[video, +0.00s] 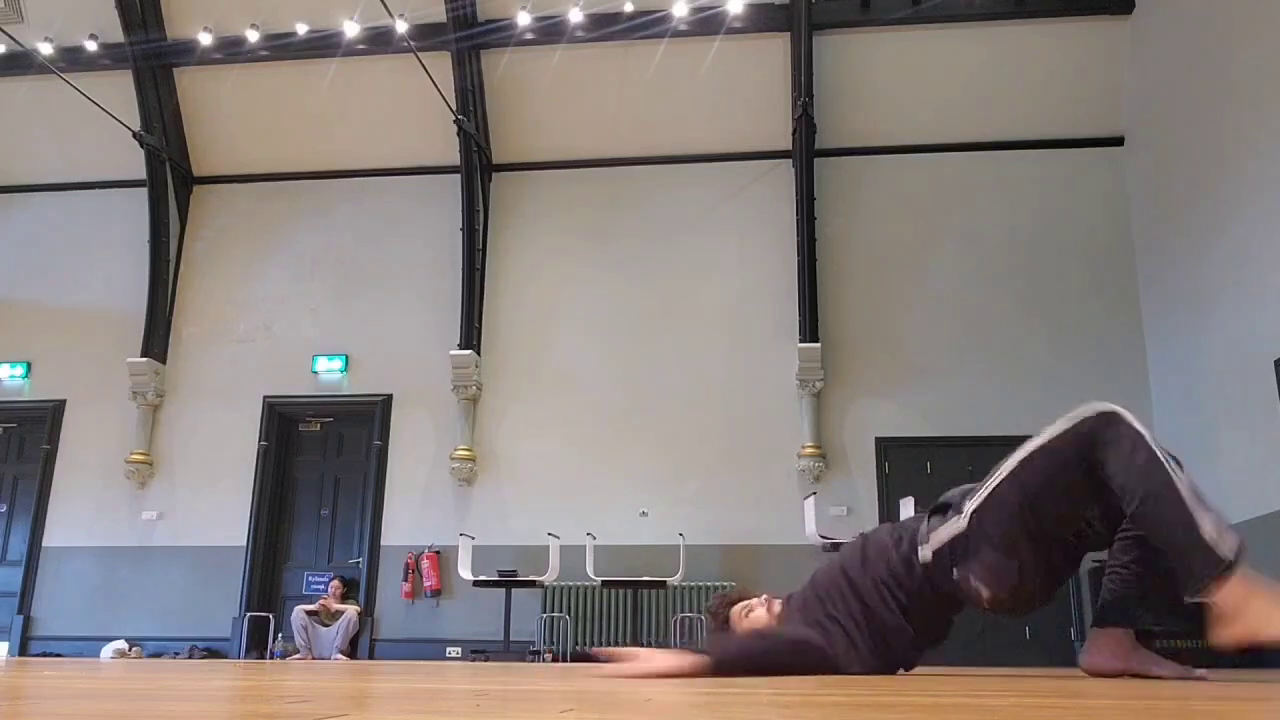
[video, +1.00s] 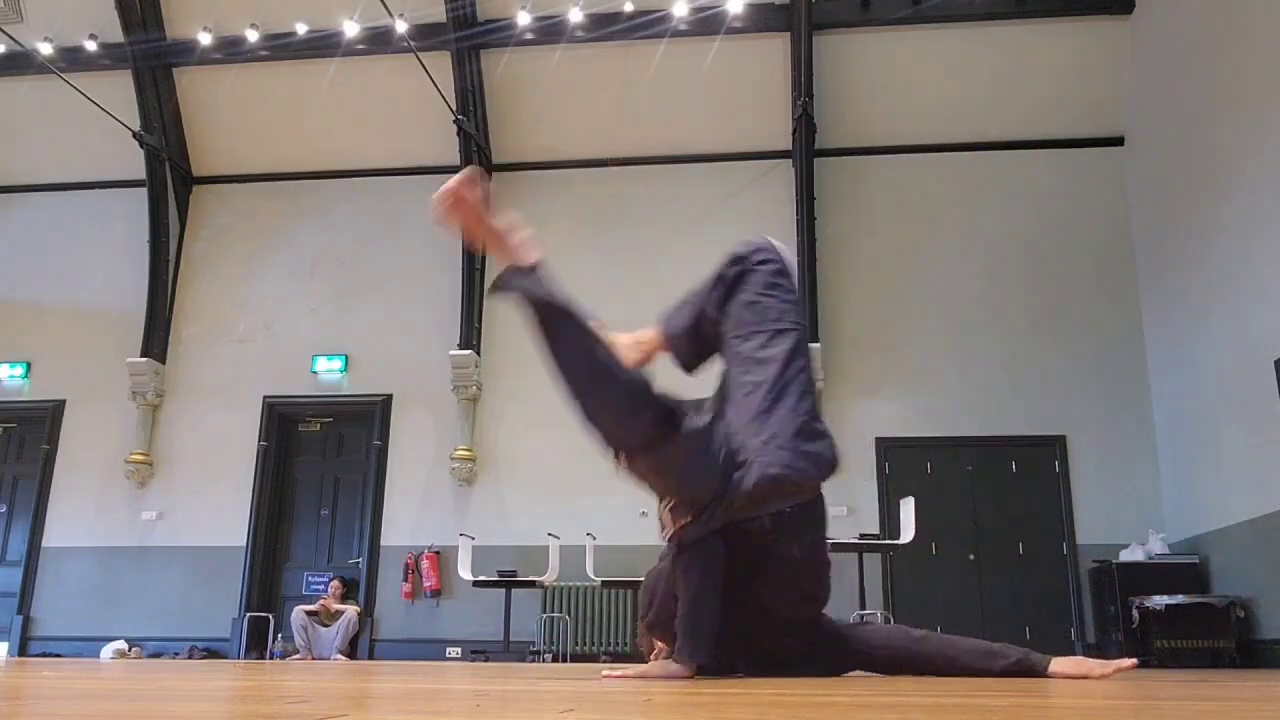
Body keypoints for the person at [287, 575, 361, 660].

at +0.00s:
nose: (333, 591)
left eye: (337, 588)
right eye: (331, 588)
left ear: (343, 590)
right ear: (328, 589)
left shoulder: (349, 602)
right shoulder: (323, 602)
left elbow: (357, 610)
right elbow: (297, 608)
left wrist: (334, 606)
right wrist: (315, 607)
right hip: (316, 636)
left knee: (352, 614)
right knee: (297, 612)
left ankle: (336, 653)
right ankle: (304, 653)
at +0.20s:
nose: (333, 591)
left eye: (337, 588)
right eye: (331, 588)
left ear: (343, 590)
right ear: (328, 589)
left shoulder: (349, 602)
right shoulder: (323, 601)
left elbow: (357, 610)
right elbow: (297, 608)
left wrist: (333, 606)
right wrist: (314, 607)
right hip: (316, 636)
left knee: (352, 614)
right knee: (297, 612)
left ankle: (336, 653)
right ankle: (304, 653)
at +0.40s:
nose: (333, 591)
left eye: (337, 588)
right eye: (331, 588)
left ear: (343, 590)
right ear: (328, 589)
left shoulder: (348, 602)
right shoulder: (323, 602)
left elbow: (357, 610)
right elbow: (297, 608)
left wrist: (333, 606)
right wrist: (314, 607)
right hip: (315, 637)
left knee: (352, 614)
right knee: (297, 612)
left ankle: (336, 653)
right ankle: (304, 653)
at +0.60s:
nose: (333, 591)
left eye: (337, 588)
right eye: (331, 588)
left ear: (343, 590)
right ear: (328, 589)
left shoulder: (349, 602)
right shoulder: (323, 601)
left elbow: (357, 610)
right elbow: (297, 608)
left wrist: (334, 606)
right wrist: (315, 607)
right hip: (316, 636)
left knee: (352, 614)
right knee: (297, 612)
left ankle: (336, 653)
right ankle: (304, 653)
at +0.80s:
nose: (333, 591)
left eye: (337, 589)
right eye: (331, 588)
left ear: (343, 590)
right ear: (328, 589)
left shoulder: (348, 603)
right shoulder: (323, 602)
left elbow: (357, 610)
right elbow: (297, 608)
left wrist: (334, 606)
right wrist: (315, 607)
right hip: (315, 636)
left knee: (352, 614)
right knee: (297, 612)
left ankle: (336, 653)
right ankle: (304, 653)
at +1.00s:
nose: (333, 591)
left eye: (337, 589)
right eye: (331, 588)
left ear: (343, 590)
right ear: (328, 589)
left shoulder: (348, 603)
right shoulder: (323, 602)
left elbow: (357, 610)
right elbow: (297, 609)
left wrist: (334, 606)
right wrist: (315, 607)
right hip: (315, 636)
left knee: (352, 614)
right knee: (297, 612)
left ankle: (336, 653)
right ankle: (304, 653)